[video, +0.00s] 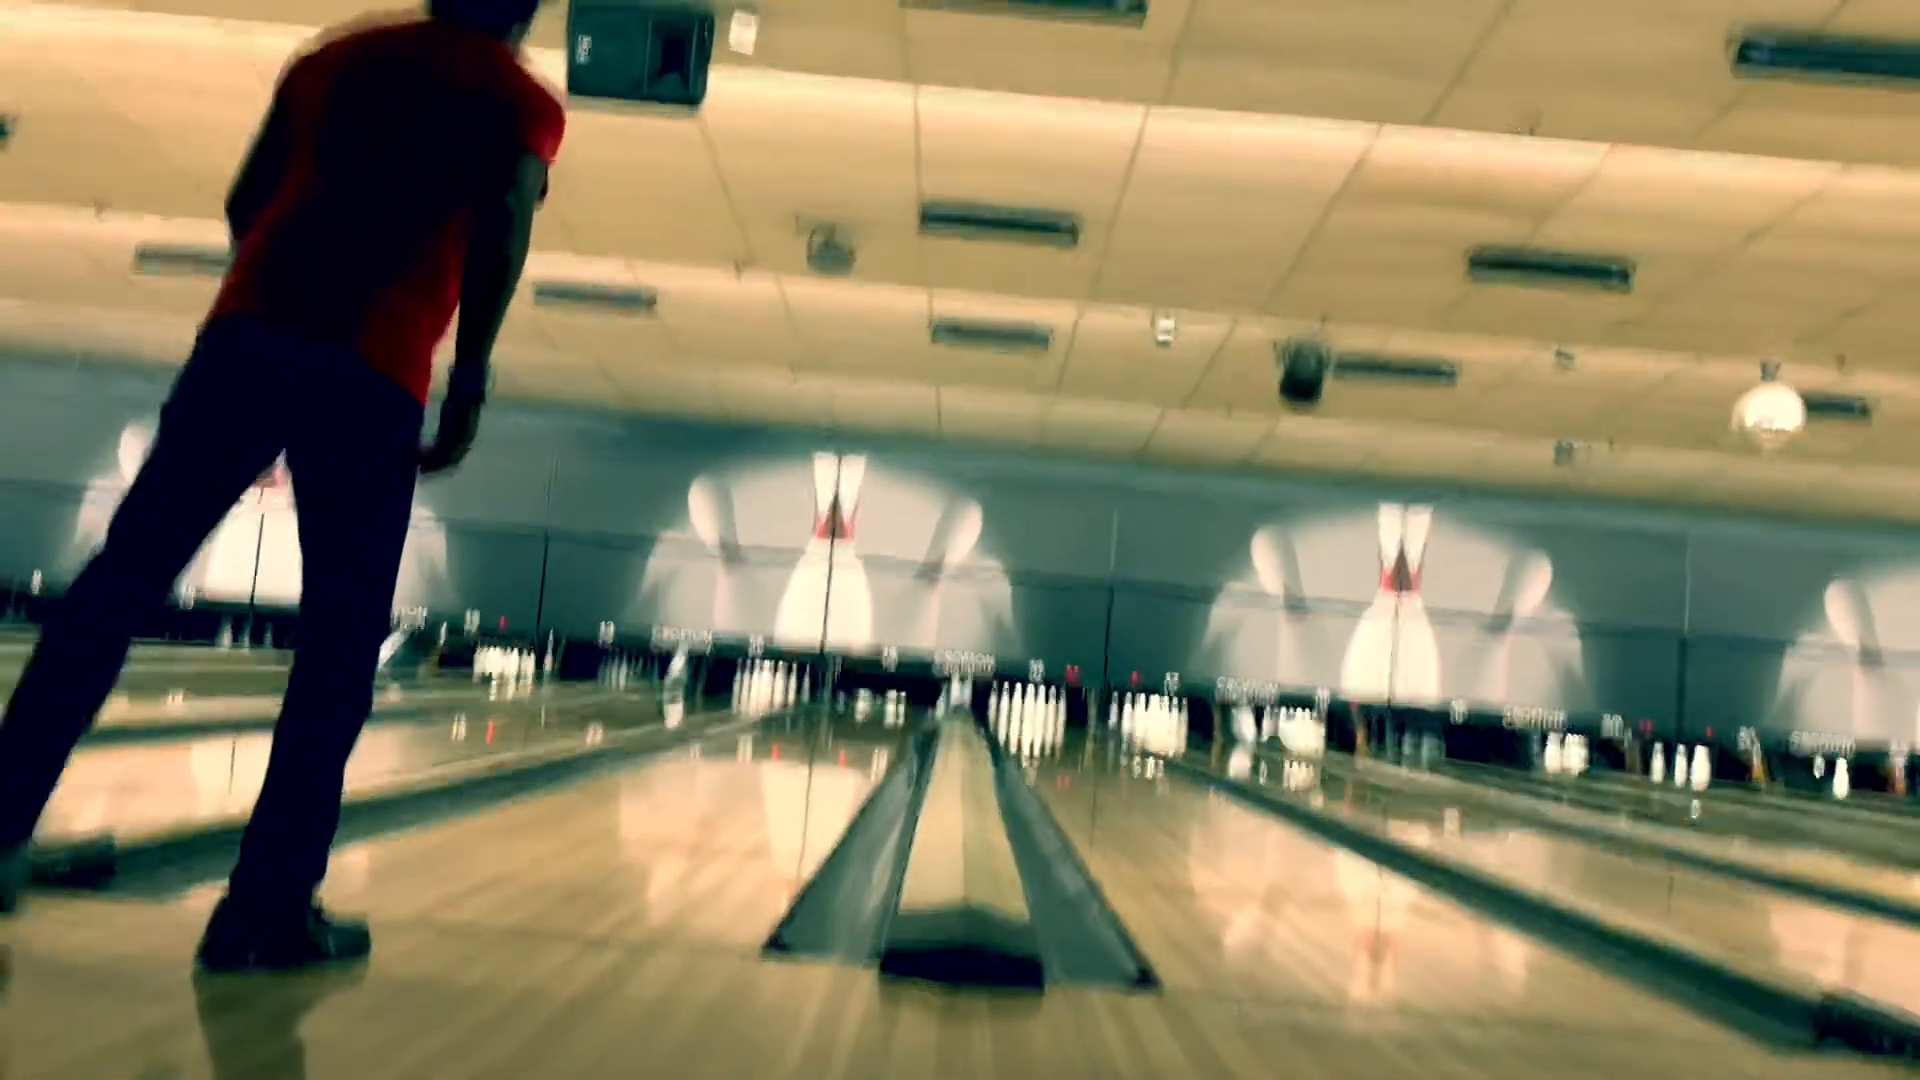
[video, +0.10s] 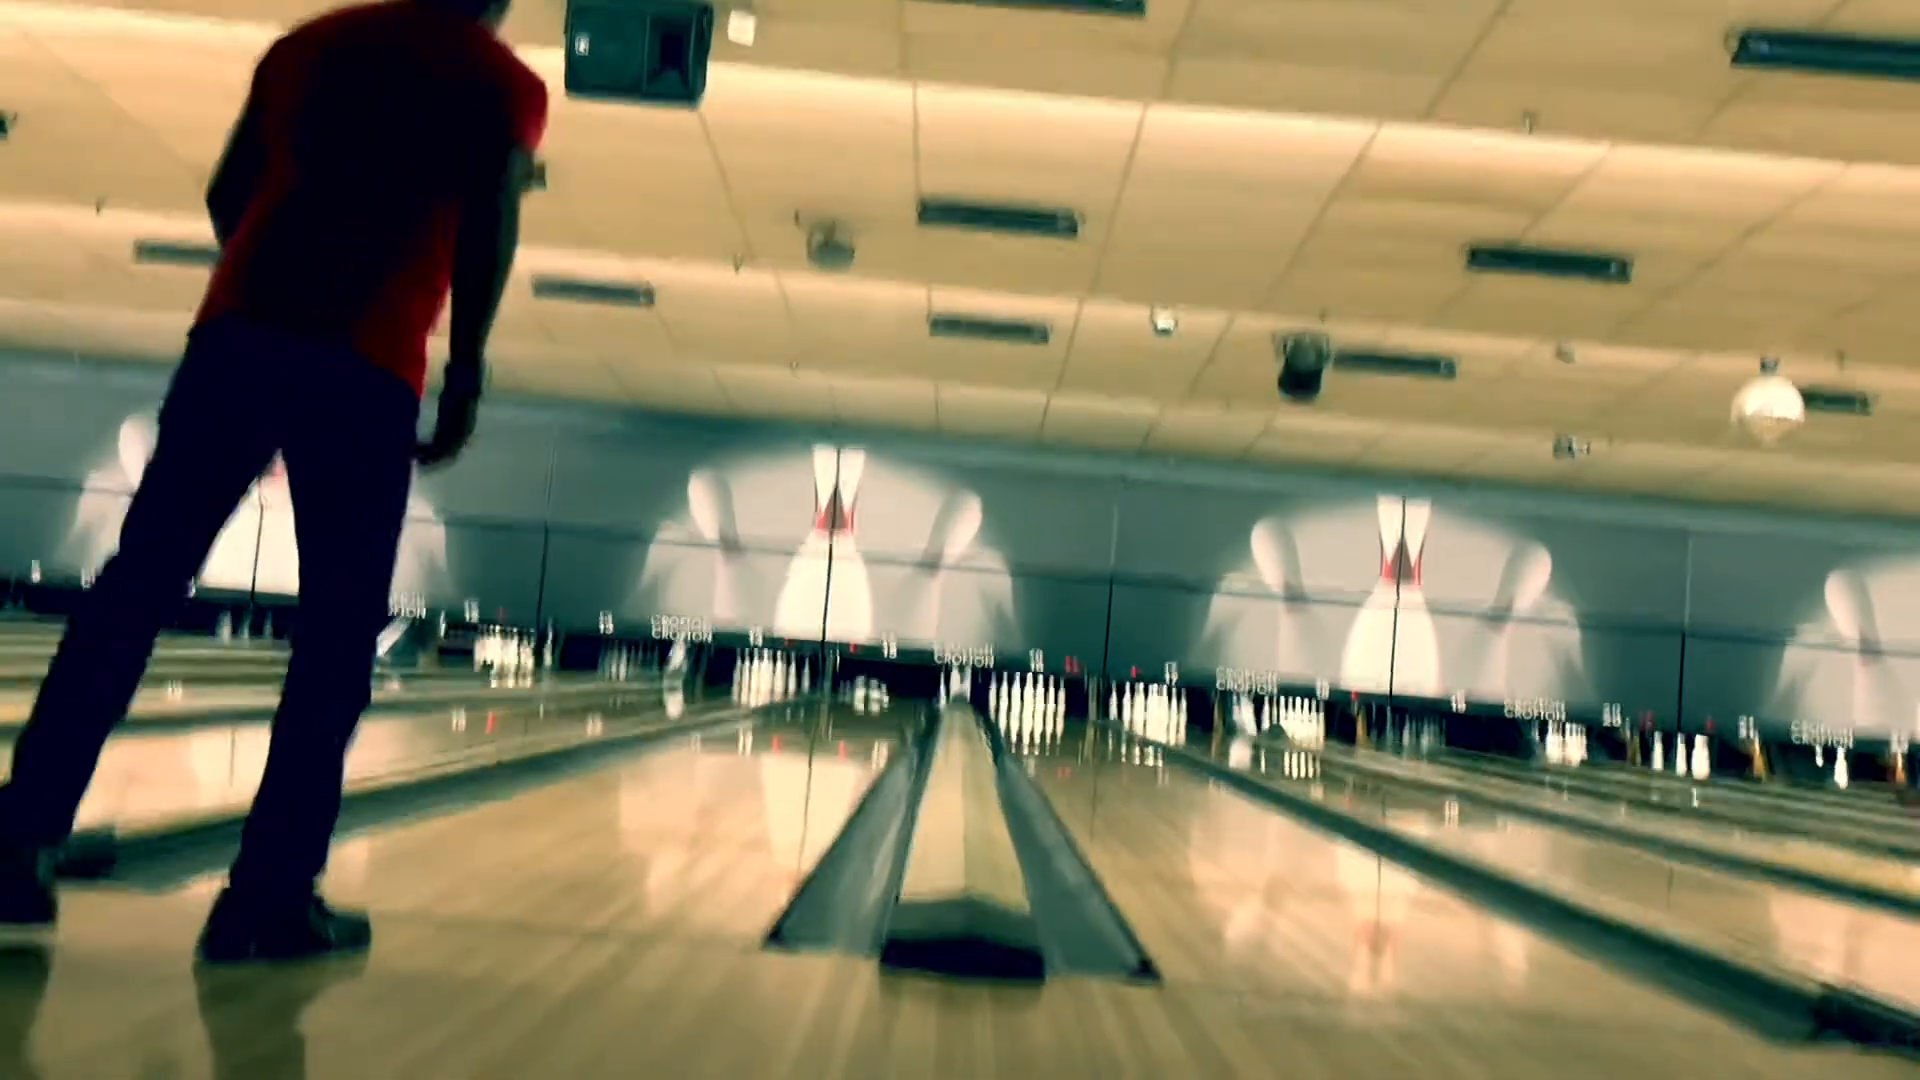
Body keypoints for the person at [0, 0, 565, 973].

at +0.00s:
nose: (528, 30)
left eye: (524, 21)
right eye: (532, 22)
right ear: (521, 15)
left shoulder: (330, 57)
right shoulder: (525, 100)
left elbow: (245, 202)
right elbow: (501, 231)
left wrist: (290, 315)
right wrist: (468, 385)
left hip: (242, 350)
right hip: (369, 379)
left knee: (117, 584)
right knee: (337, 654)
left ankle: (3, 824)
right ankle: (265, 915)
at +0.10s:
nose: (507, 16)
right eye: (509, 10)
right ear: (496, 2)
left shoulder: (309, 41)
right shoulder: (505, 83)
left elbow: (228, 188)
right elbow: (487, 239)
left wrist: (271, 292)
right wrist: (463, 374)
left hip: (233, 347)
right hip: (363, 373)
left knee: (134, 588)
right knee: (335, 643)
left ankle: (17, 854)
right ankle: (268, 902)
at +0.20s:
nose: (478, 4)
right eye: (477, 0)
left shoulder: (274, 37)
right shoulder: (481, 75)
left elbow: (206, 195)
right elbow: (470, 240)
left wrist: (259, 294)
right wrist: (456, 379)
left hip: (222, 353)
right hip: (354, 377)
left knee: (145, 593)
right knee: (329, 647)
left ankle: (37, 830)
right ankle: (266, 905)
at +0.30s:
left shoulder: (239, 20)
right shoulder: (448, 50)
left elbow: (177, 187)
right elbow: (444, 217)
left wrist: (242, 283)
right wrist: (439, 363)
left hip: (204, 347)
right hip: (338, 367)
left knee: (147, 593)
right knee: (322, 643)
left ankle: (38, 821)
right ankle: (266, 902)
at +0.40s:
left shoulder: (192, 17)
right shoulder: (405, 32)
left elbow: (133, 190)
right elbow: (404, 199)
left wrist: (209, 285)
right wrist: (410, 353)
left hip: (173, 350)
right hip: (309, 364)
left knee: (128, 602)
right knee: (310, 638)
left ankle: (8, 875)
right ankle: (266, 902)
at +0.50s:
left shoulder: (144, 11)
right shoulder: (350, 11)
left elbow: (89, 188)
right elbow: (346, 177)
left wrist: (167, 288)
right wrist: (365, 331)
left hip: (130, 347)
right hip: (263, 357)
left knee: (82, 618)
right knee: (284, 638)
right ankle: (267, 904)